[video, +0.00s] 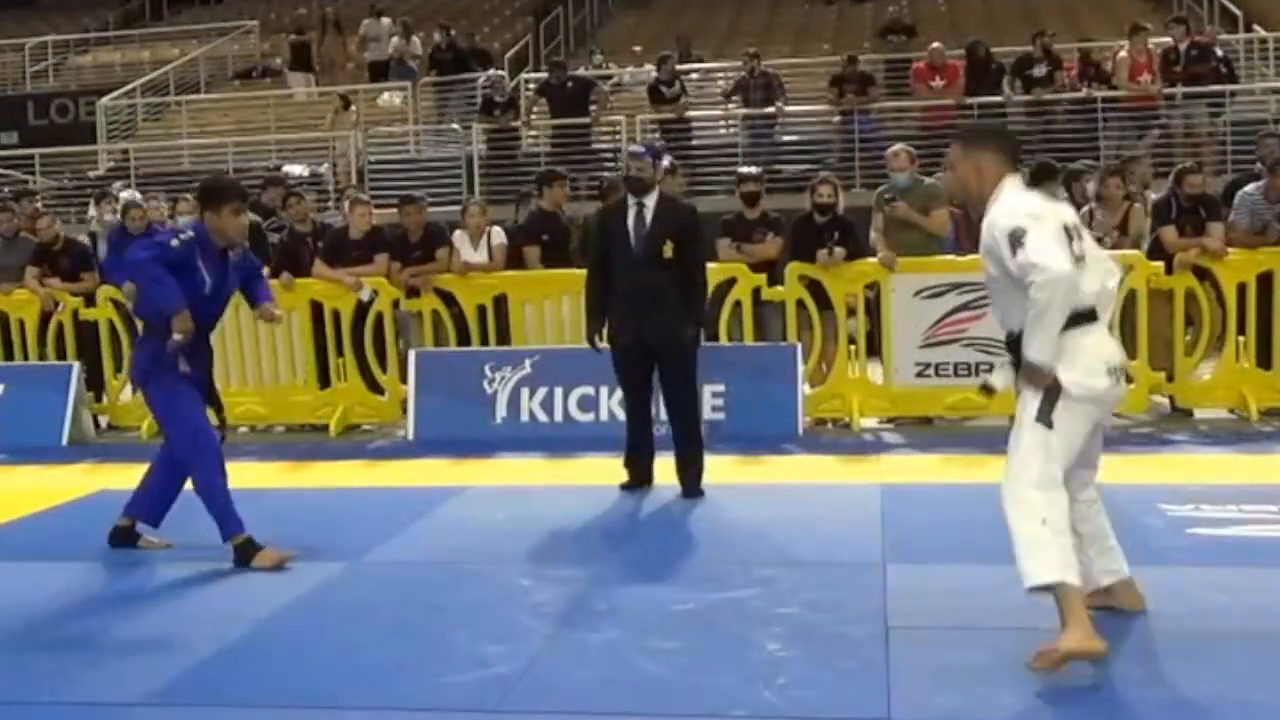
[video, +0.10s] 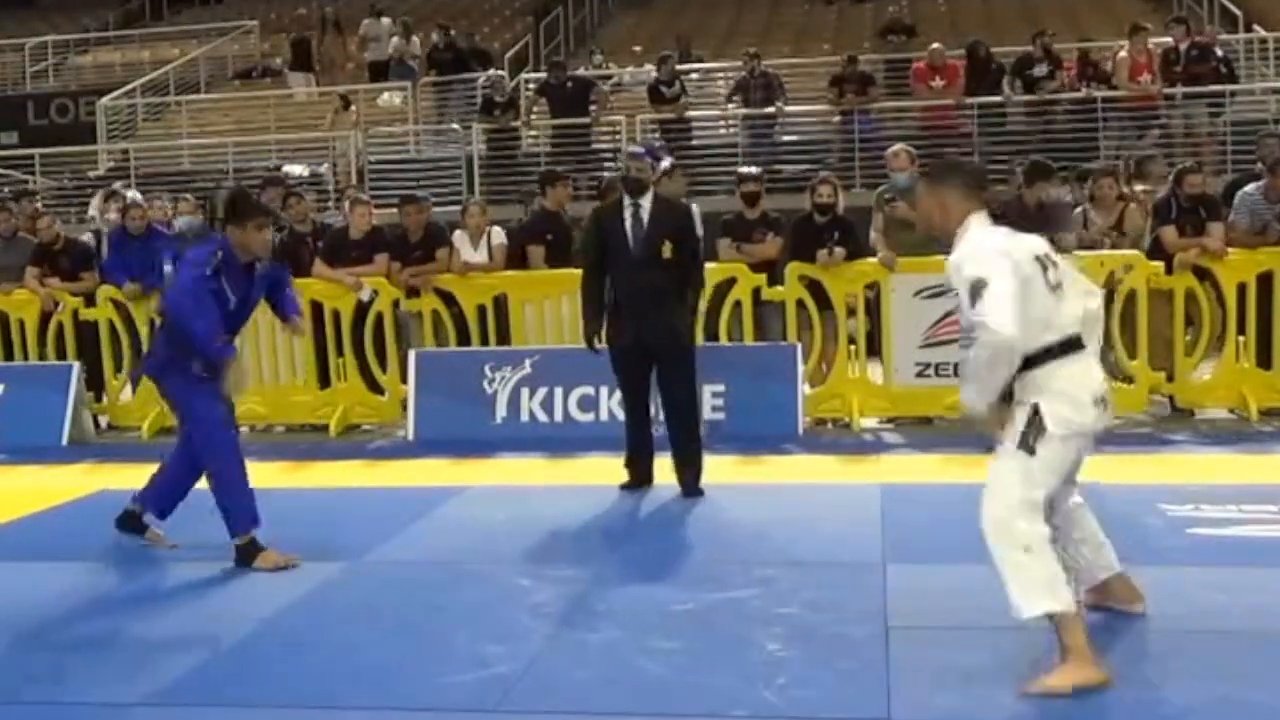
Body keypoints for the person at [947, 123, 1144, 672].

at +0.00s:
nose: (948, 180)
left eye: (951, 168)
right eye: (947, 169)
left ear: (980, 164)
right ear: (997, 165)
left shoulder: (1011, 212)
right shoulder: (1045, 203)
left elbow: (1053, 274)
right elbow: (1104, 270)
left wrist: (1035, 357)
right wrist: (1085, 333)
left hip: (1066, 359)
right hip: (1096, 353)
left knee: (1029, 483)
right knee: (1074, 480)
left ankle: (1076, 625)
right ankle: (1114, 582)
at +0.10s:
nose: (916, 210)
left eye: (921, 199)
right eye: (917, 199)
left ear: (945, 202)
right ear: (972, 200)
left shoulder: (981, 255)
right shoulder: (1024, 241)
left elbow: (1000, 335)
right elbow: (1090, 298)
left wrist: (975, 398)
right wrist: (1080, 363)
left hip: (1052, 395)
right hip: (1084, 386)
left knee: (1007, 512)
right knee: (1052, 490)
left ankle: (1079, 657)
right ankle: (1109, 583)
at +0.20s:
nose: (881, 231)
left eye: (884, 218)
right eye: (881, 219)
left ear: (907, 217)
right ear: (936, 215)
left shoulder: (945, 273)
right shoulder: (999, 242)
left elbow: (948, 365)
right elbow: (1072, 287)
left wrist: (916, 414)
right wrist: (1059, 361)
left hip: (1042, 398)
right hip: (1064, 385)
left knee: (995, 523)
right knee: (991, 458)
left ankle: (1079, 656)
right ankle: (1081, 566)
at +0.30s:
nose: (846, 253)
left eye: (848, 241)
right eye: (844, 242)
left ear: (874, 238)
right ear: (900, 229)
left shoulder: (905, 297)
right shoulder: (961, 247)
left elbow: (889, 403)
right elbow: (1045, 273)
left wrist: (861, 422)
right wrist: (1050, 356)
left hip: (1024, 402)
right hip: (1039, 384)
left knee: (982, 535)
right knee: (949, 468)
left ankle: (1080, 658)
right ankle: (990, 592)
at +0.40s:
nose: (803, 270)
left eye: (805, 257)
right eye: (800, 259)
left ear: (829, 251)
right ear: (855, 243)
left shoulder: (854, 310)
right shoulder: (929, 254)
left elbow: (850, 418)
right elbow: (1016, 295)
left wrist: (823, 436)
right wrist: (1023, 374)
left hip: (987, 403)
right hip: (1012, 382)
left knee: (971, 547)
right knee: (909, 489)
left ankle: (1080, 655)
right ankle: (865, 606)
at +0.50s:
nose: (761, 288)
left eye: (762, 275)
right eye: (759, 275)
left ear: (782, 271)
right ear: (814, 262)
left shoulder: (804, 318)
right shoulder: (874, 279)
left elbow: (817, 423)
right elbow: (959, 335)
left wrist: (798, 454)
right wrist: (890, 419)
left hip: (940, 405)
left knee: (934, 555)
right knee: (852, 503)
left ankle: (1061, 633)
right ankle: (824, 619)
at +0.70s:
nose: (704, 322)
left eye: (704, 314)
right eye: (702, 314)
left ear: (713, 307)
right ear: (752, 295)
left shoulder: (726, 333)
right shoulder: (794, 313)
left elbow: (752, 411)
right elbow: (811, 422)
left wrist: (745, 488)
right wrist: (765, 502)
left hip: (856, 411)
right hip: (911, 407)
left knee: (792, 538)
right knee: (826, 522)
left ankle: (885, 647)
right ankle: (823, 627)